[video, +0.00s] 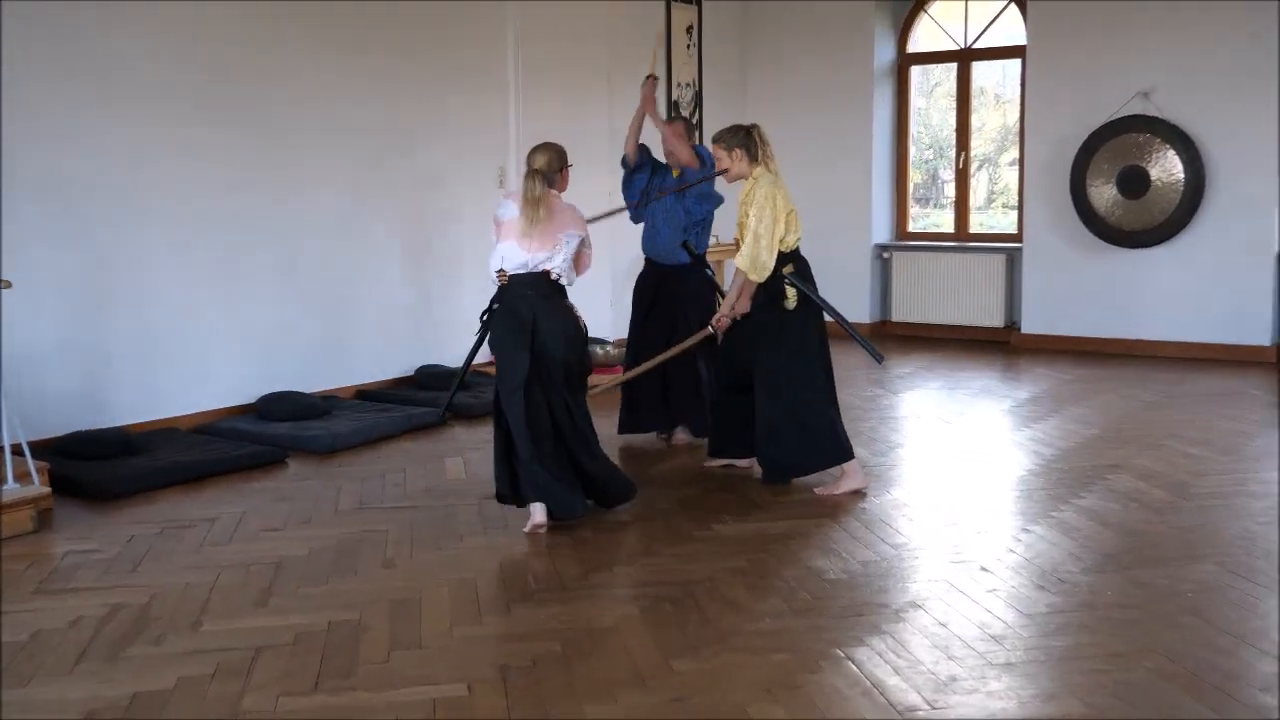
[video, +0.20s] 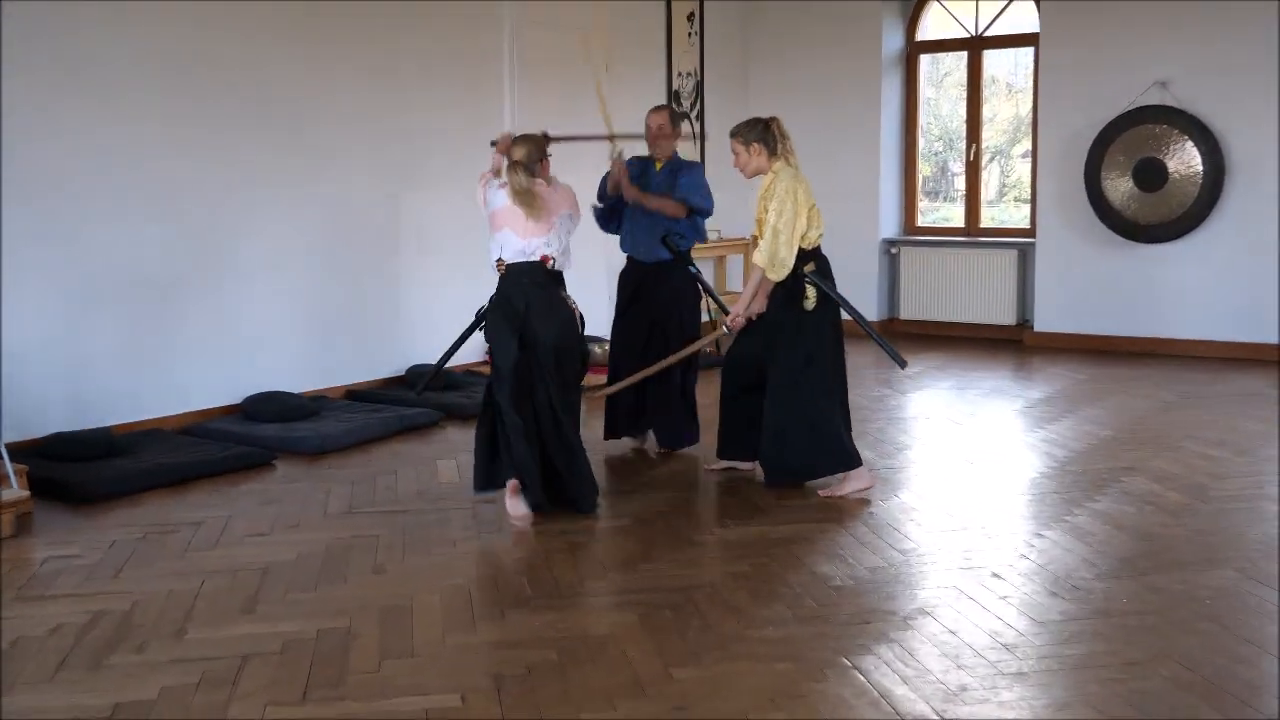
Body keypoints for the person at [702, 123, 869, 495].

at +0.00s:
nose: (719, 167)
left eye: (721, 159)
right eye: (717, 160)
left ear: (738, 154)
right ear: (739, 155)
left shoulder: (764, 187)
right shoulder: (755, 188)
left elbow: (760, 252)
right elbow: (747, 251)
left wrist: (741, 298)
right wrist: (729, 301)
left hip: (786, 284)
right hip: (767, 283)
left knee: (802, 376)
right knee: (737, 358)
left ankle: (851, 469)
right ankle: (742, 450)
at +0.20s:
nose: (735, 162)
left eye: (738, 154)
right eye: (734, 155)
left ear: (758, 149)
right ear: (760, 151)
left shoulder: (785, 182)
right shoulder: (771, 184)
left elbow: (779, 251)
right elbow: (762, 250)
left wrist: (759, 300)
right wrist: (743, 301)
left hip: (806, 288)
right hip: (784, 289)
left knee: (812, 378)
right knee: (741, 361)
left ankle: (856, 470)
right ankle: (742, 453)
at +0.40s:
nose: (768, 156)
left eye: (770, 147)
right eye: (767, 147)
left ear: (790, 141)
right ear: (794, 141)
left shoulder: (815, 175)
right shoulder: (817, 170)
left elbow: (810, 247)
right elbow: (804, 244)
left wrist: (787, 299)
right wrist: (780, 298)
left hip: (844, 283)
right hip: (831, 280)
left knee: (845, 380)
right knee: (782, 364)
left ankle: (866, 483)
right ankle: (766, 453)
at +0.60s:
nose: (803, 146)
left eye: (806, 137)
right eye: (803, 137)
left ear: (826, 136)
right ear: (837, 135)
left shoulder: (844, 175)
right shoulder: (867, 167)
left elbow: (849, 255)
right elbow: (845, 253)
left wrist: (823, 311)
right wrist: (821, 308)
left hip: (877, 291)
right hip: (902, 284)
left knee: (838, 388)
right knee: (885, 383)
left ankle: (869, 490)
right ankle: (884, 485)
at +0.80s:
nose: (837, 139)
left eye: (841, 131)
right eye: (838, 131)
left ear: (862, 132)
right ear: (870, 131)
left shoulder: (879, 171)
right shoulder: (902, 163)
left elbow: (883, 255)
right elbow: (925, 218)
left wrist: (859, 313)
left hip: (911, 284)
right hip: (939, 273)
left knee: (855, 380)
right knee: (916, 376)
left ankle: (875, 492)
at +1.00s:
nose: (877, 132)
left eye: (881, 124)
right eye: (877, 124)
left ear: (904, 126)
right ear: (912, 125)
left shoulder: (923, 168)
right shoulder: (939, 159)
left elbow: (926, 245)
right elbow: (923, 242)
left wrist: (904, 305)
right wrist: (904, 301)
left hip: (957, 282)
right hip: (986, 276)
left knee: (901, 379)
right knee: (983, 371)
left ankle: (884, 490)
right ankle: (999, 467)